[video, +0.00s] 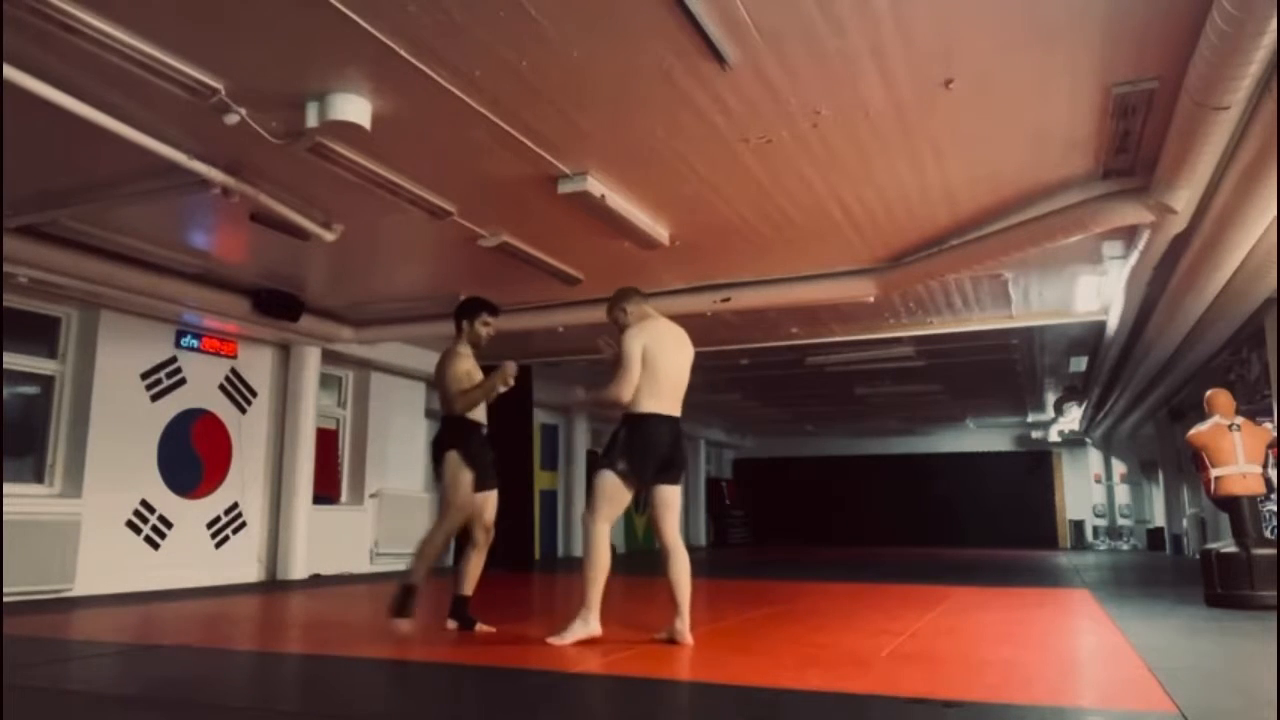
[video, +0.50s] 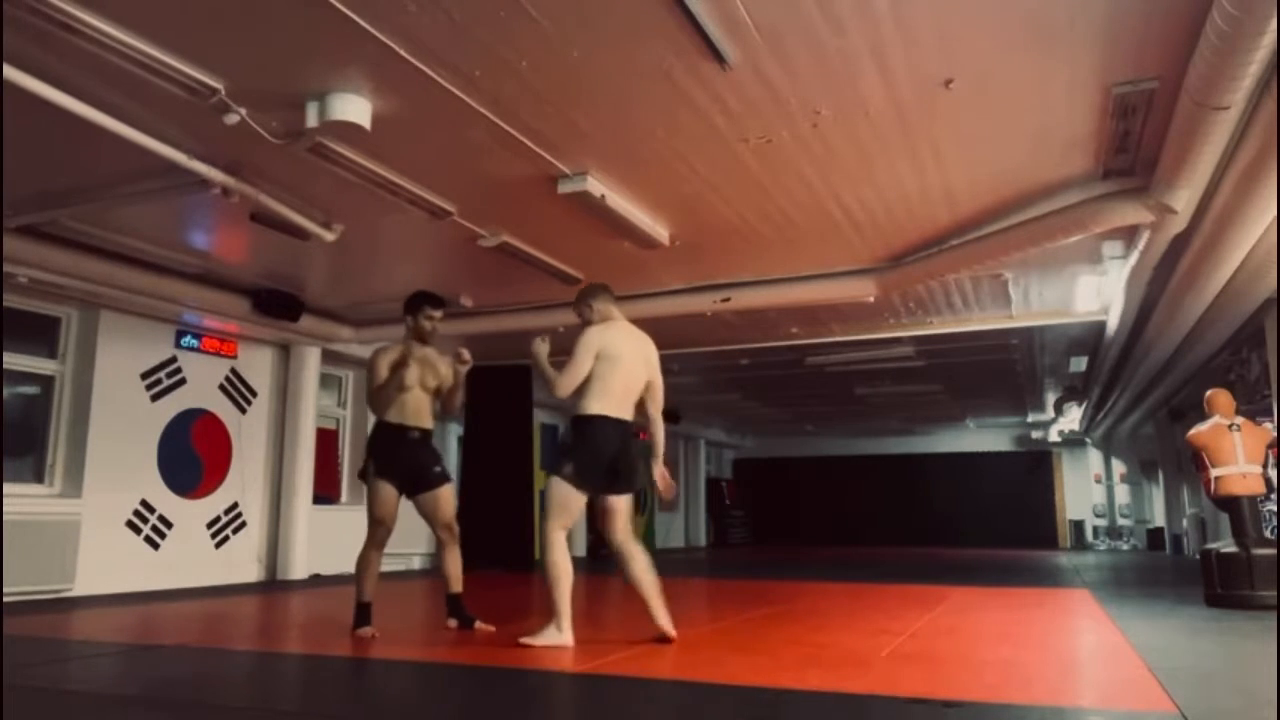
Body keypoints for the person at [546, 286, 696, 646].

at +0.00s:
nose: (618, 328)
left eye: (616, 322)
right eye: (615, 323)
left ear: (626, 309)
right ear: (643, 304)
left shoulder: (636, 334)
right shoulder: (682, 337)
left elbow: (621, 392)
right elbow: (663, 382)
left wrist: (586, 395)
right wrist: (622, 356)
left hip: (637, 433)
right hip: (672, 435)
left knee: (598, 520)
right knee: (671, 534)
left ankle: (589, 617)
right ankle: (683, 624)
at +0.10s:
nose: (615, 326)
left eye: (613, 320)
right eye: (612, 321)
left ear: (624, 307)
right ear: (640, 303)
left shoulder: (634, 334)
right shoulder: (679, 339)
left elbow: (606, 390)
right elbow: (653, 376)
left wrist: (569, 372)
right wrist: (614, 359)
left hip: (634, 435)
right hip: (668, 437)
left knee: (592, 522)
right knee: (671, 535)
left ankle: (589, 619)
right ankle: (684, 624)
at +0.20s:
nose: (612, 326)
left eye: (611, 319)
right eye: (610, 320)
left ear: (622, 308)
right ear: (638, 304)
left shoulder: (629, 335)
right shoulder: (676, 341)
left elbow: (593, 389)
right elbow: (655, 392)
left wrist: (560, 366)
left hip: (629, 440)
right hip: (663, 441)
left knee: (581, 520)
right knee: (670, 535)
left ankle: (587, 616)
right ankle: (684, 623)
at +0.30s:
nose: (605, 324)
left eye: (604, 318)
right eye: (603, 318)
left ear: (615, 308)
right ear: (633, 304)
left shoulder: (620, 335)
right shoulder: (669, 341)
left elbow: (584, 389)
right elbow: (668, 406)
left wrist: (558, 366)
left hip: (619, 439)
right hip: (656, 441)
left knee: (567, 517)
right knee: (670, 535)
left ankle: (574, 613)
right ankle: (684, 622)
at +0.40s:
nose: (596, 323)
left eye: (595, 317)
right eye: (594, 318)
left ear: (606, 307)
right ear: (624, 305)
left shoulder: (608, 336)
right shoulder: (660, 345)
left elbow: (574, 390)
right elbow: (661, 410)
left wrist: (554, 359)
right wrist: (649, 451)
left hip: (606, 440)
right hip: (644, 444)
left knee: (560, 523)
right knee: (656, 535)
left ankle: (558, 622)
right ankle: (680, 622)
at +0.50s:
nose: (583, 322)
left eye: (582, 316)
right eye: (581, 316)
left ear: (592, 308)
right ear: (613, 305)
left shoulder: (595, 334)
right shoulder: (647, 344)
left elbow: (562, 388)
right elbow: (655, 410)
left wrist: (540, 358)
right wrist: (658, 458)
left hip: (588, 437)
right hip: (626, 443)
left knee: (556, 528)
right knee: (622, 534)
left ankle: (561, 627)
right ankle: (663, 619)